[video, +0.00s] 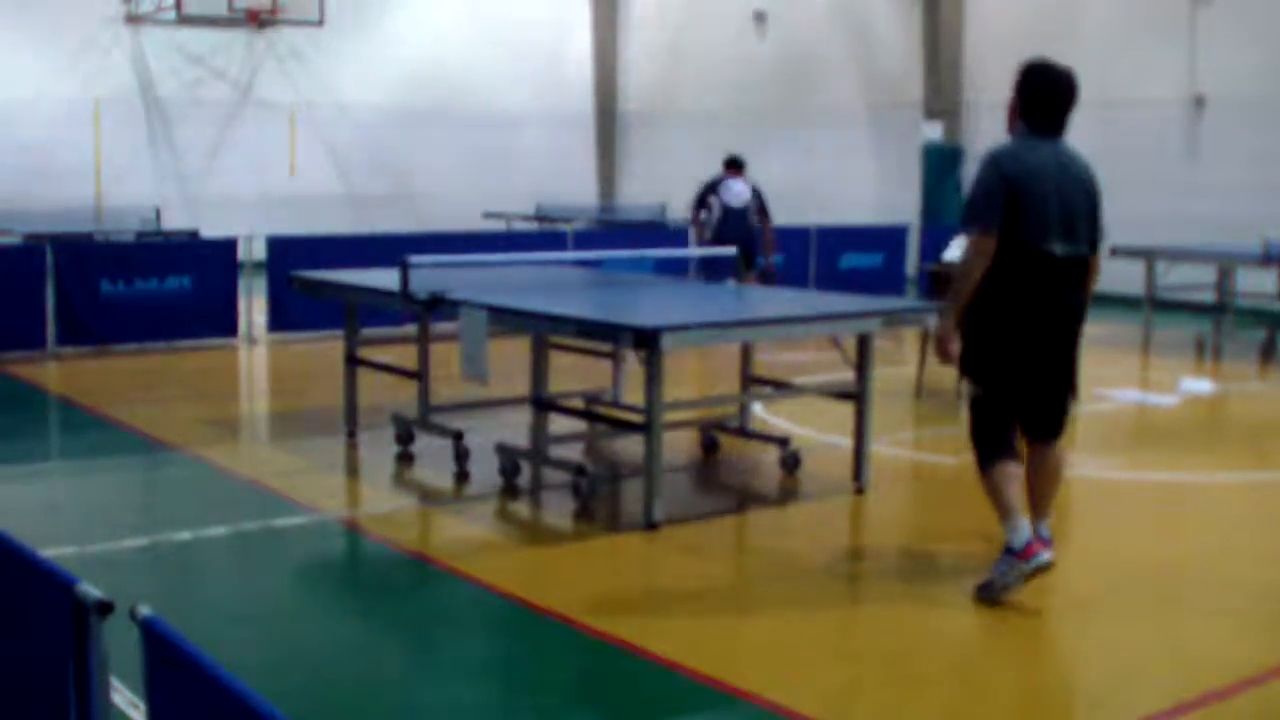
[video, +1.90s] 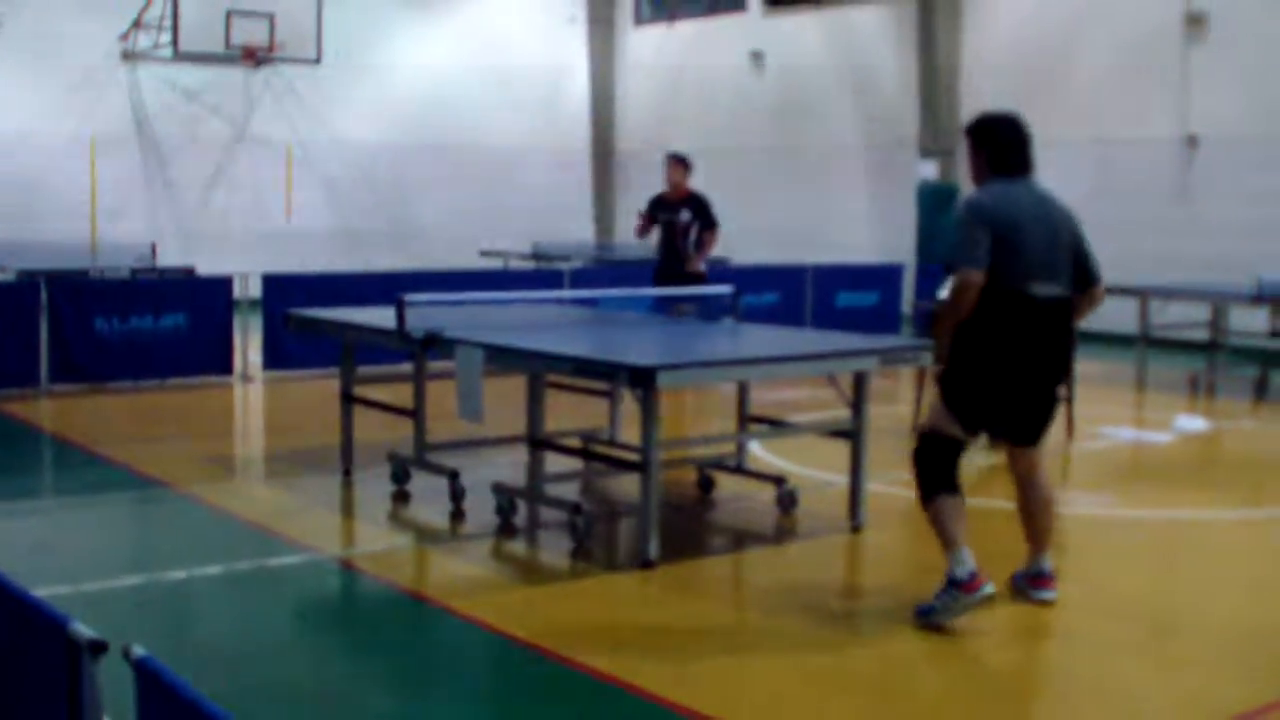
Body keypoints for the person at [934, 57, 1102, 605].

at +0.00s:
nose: (1009, 107)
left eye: (1013, 99)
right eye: (1017, 98)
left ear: (1017, 106)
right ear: (1067, 111)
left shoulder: (1001, 166)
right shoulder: (1080, 174)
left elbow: (979, 250)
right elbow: (1091, 263)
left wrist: (950, 317)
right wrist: (1072, 311)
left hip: (999, 326)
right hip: (1057, 330)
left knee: (993, 433)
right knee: (1044, 431)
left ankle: (1021, 538)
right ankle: (1039, 533)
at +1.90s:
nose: (968, 165)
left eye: (970, 156)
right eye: (969, 155)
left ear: (981, 158)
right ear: (1024, 156)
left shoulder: (980, 208)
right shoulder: (1054, 210)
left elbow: (969, 280)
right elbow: (1092, 290)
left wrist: (944, 322)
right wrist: (1050, 324)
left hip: (988, 349)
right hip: (1045, 354)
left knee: (934, 451)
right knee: (1026, 457)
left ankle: (962, 572)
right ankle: (1040, 568)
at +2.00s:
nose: (961, 169)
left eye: (963, 160)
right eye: (963, 160)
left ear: (974, 163)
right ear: (1016, 161)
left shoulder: (976, 208)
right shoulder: (1046, 216)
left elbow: (968, 278)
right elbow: (1076, 299)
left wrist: (942, 321)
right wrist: (1034, 327)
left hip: (983, 351)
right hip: (1040, 356)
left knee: (924, 452)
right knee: (1023, 457)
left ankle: (929, 576)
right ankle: (1038, 568)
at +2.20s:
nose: (908, 183)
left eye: (911, 175)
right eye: (909, 175)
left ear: (920, 178)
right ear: (965, 175)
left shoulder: (916, 219)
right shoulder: (994, 225)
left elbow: (911, 291)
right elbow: (1027, 300)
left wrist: (901, 350)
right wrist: (1004, 348)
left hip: (938, 369)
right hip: (995, 372)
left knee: (890, 473)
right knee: (992, 465)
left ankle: (847, 587)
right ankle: (1016, 570)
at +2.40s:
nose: (858, 189)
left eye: (860, 181)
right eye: (859, 181)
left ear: (868, 182)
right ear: (914, 176)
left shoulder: (868, 225)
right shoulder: (948, 223)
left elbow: (850, 304)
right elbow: (986, 296)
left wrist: (844, 345)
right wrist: (959, 335)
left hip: (907, 369)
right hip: (972, 367)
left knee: (845, 453)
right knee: (977, 462)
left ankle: (833, 580)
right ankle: (1010, 561)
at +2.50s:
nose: (841, 174)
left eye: (842, 165)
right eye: (842, 165)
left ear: (850, 166)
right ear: (894, 159)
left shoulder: (857, 206)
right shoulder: (933, 204)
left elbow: (830, 288)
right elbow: (974, 281)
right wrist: (995, 346)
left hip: (900, 348)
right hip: (964, 345)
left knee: (842, 438)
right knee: (977, 447)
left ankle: (833, 566)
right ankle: (1009, 546)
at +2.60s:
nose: (838, 170)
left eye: (839, 162)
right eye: (840, 161)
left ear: (847, 164)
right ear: (890, 155)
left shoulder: (854, 207)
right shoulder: (925, 199)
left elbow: (820, 279)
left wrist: (817, 231)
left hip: (901, 349)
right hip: (964, 345)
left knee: (843, 436)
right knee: (977, 447)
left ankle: (833, 565)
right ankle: (1009, 547)